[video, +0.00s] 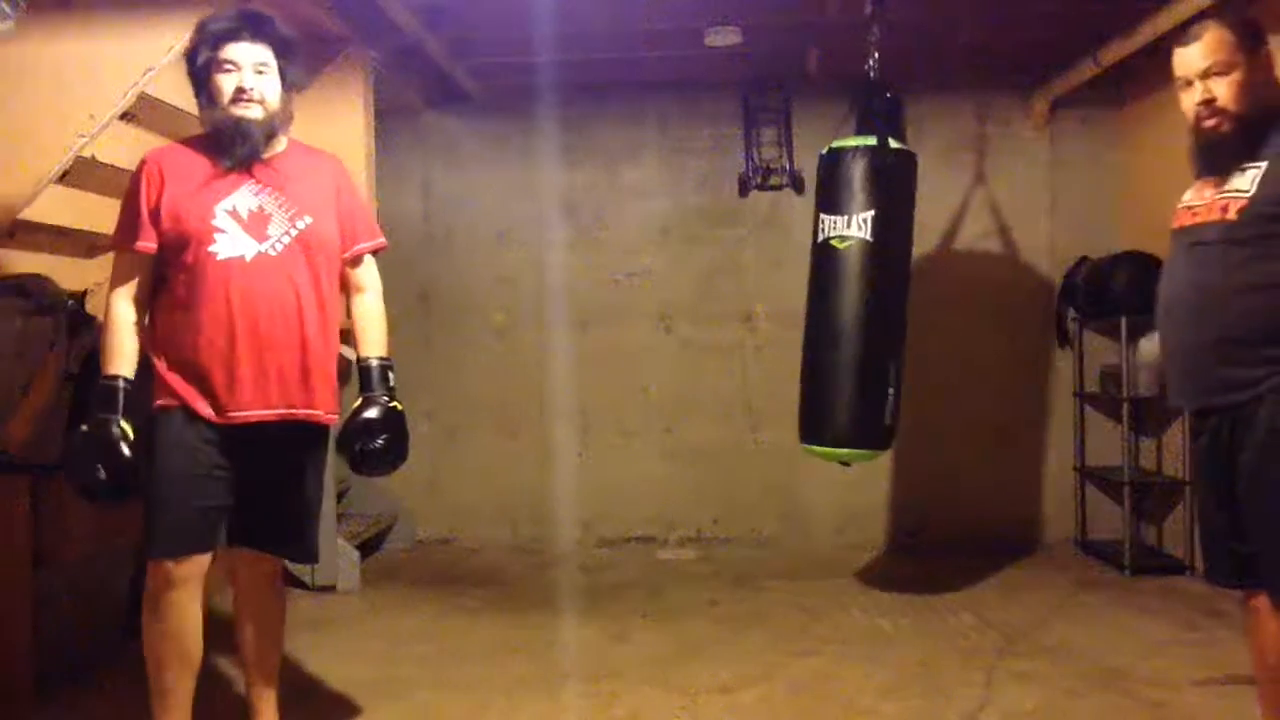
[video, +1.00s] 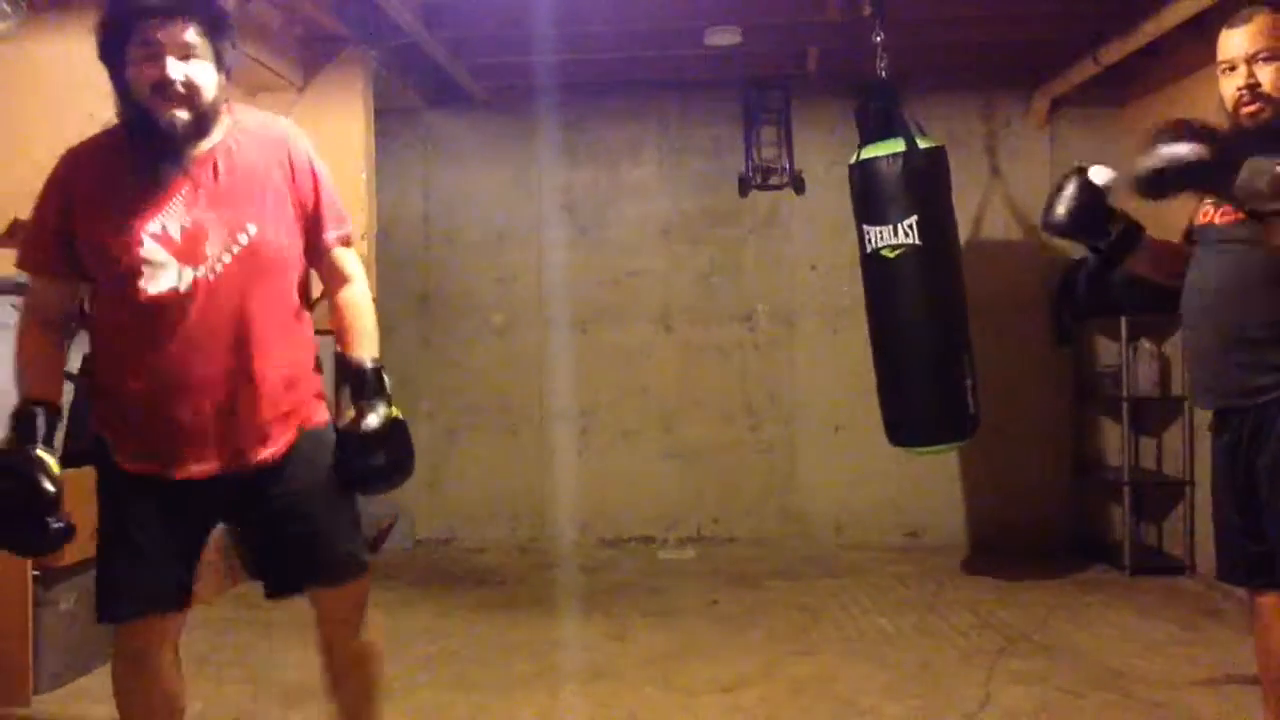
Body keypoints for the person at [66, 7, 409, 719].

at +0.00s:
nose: (245, 81)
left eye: (261, 70)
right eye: (226, 69)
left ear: (284, 89)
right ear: (203, 88)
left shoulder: (328, 175)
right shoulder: (166, 170)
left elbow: (363, 284)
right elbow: (127, 289)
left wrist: (377, 391)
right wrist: (108, 403)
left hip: (291, 410)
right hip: (188, 407)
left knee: (264, 564)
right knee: (176, 569)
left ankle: (265, 707)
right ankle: (171, 716)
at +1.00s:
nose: (170, 74)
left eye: (188, 53)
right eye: (149, 55)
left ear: (221, 62)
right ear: (120, 68)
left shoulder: (283, 152)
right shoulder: (83, 175)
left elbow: (345, 275)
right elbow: (47, 317)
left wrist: (369, 395)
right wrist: (33, 443)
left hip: (283, 439)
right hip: (148, 456)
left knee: (346, 598)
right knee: (142, 639)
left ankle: (363, 715)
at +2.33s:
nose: (318, 145)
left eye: (340, 125)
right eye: (296, 126)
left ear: (376, 136)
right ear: (266, 137)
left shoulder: (419, 218)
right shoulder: (222, 211)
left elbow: (457, 376)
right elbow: (171, 371)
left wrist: (346, 342)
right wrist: (277, 343)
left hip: (377, 458)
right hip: (226, 458)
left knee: (449, 616)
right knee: (146, 640)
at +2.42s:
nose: (303, 144)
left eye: (326, 123)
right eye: (280, 125)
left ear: (364, 136)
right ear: (252, 140)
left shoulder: (411, 224)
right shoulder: (205, 218)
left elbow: (469, 371)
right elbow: (122, 354)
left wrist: (387, 377)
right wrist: (237, 337)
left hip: (374, 462)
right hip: (224, 462)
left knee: (449, 619)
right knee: (144, 638)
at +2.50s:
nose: (293, 150)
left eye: (316, 128)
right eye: (270, 131)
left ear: (355, 142)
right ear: (243, 147)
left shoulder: (413, 242)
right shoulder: (188, 232)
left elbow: (470, 362)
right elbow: (103, 331)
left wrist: (441, 405)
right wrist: (176, 364)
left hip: (370, 468)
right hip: (219, 468)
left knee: (451, 620)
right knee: (138, 645)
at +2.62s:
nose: (288, 131)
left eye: (312, 113)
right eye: (266, 113)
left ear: (352, 133)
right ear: (237, 134)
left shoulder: (410, 239)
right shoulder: (189, 231)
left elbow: (473, 336)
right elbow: (115, 324)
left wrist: (441, 451)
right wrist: (145, 440)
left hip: (369, 483)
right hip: (216, 484)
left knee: (459, 618)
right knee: (133, 645)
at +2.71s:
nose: (289, 102)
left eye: (310, 83)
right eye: (265, 84)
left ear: (348, 102)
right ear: (237, 106)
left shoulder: (404, 216)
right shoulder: (190, 216)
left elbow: (479, 336)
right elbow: (96, 320)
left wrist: (435, 450)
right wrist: (139, 448)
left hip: (369, 484)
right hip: (216, 489)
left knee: (461, 619)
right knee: (131, 650)